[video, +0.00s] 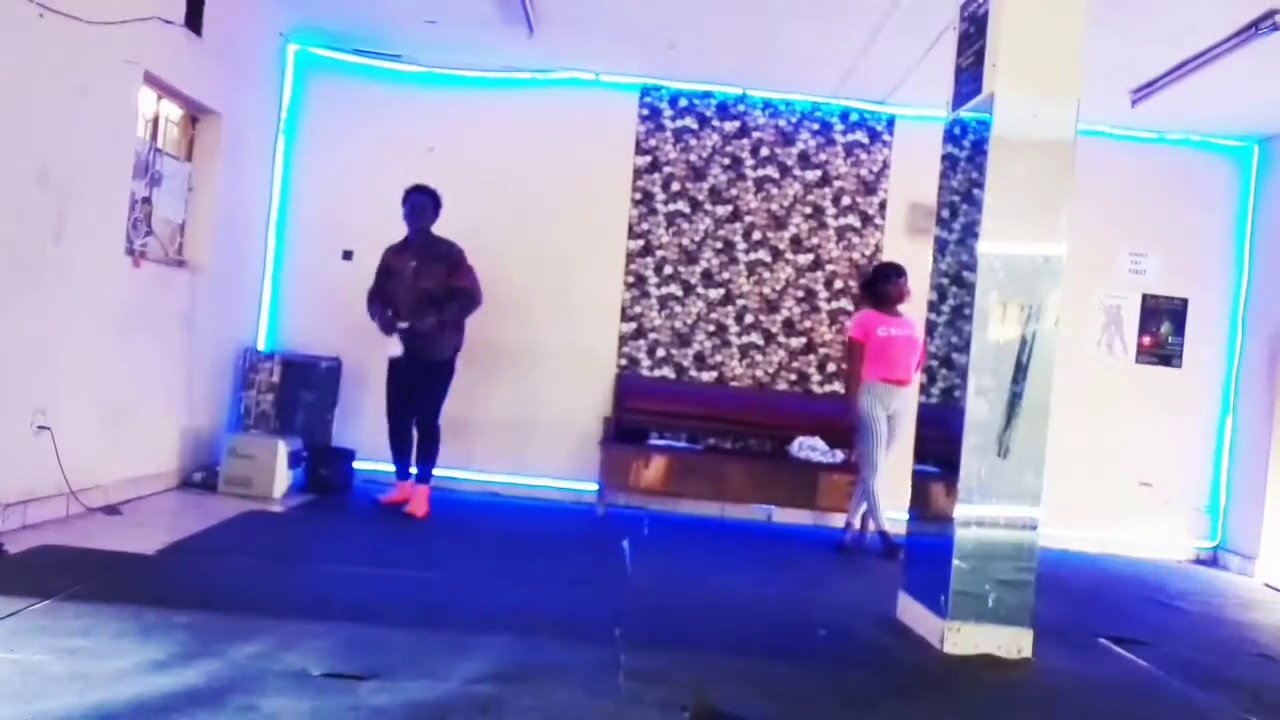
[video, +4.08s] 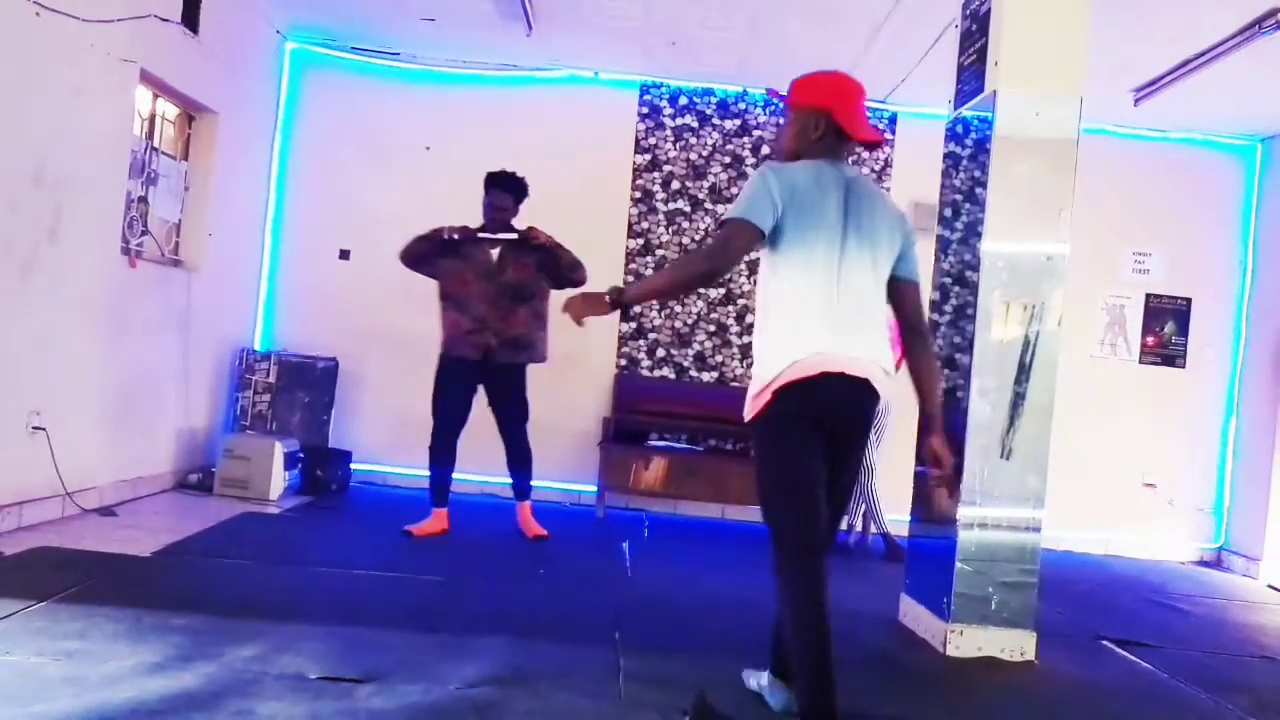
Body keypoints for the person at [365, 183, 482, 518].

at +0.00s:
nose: (414, 213)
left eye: (422, 208)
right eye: (410, 207)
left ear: (435, 213)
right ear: (403, 210)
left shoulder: (449, 253)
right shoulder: (394, 254)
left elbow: (470, 296)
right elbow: (376, 296)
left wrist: (435, 321)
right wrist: (385, 318)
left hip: (438, 354)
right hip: (405, 350)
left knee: (427, 420)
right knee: (398, 418)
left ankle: (423, 487)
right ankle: (403, 482)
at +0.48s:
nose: (423, 215)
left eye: (430, 209)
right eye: (417, 209)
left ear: (440, 214)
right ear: (409, 212)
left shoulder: (455, 251)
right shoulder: (393, 252)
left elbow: (493, 274)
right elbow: (353, 275)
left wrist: (459, 263)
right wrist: (386, 272)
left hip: (439, 351)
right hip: (401, 350)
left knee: (434, 417)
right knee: (399, 416)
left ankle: (432, 483)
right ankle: (401, 482)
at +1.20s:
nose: (477, 220)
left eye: (483, 215)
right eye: (471, 213)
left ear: (491, 219)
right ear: (459, 215)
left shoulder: (502, 261)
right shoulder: (436, 255)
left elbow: (536, 284)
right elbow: (394, 251)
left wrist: (514, 251)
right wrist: (433, 239)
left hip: (480, 358)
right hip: (440, 353)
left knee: (475, 423)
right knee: (422, 417)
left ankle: (467, 485)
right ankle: (402, 483)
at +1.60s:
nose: (511, 226)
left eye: (515, 220)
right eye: (505, 220)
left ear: (519, 224)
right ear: (490, 220)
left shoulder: (527, 267)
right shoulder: (462, 257)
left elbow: (558, 291)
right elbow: (423, 251)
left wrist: (543, 261)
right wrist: (464, 243)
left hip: (500, 359)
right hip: (463, 353)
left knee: (484, 423)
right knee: (455, 419)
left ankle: (469, 486)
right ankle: (446, 487)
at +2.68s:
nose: (534, 223)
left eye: (537, 217)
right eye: (528, 216)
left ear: (537, 221)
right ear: (508, 215)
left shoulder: (532, 263)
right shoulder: (476, 253)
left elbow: (553, 292)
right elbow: (442, 241)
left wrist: (553, 265)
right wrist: (478, 234)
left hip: (518, 361)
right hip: (477, 357)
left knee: (529, 427)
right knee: (477, 428)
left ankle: (519, 504)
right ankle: (479, 502)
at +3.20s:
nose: (540, 214)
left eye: (547, 207)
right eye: (533, 206)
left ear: (555, 211)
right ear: (521, 207)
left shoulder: (568, 259)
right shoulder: (496, 253)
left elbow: (611, 281)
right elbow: (452, 254)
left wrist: (583, 248)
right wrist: (489, 235)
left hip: (538, 364)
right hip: (494, 359)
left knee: (533, 438)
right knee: (487, 430)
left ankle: (530, 513)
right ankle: (481, 498)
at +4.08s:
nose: (493, 210)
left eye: (502, 205)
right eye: (490, 203)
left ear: (516, 208)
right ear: (483, 202)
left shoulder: (532, 252)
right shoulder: (458, 251)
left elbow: (577, 276)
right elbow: (410, 256)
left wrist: (548, 245)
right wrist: (442, 236)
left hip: (507, 362)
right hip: (459, 358)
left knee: (516, 436)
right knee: (444, 434)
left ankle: (524, 511)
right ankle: (439, 513)